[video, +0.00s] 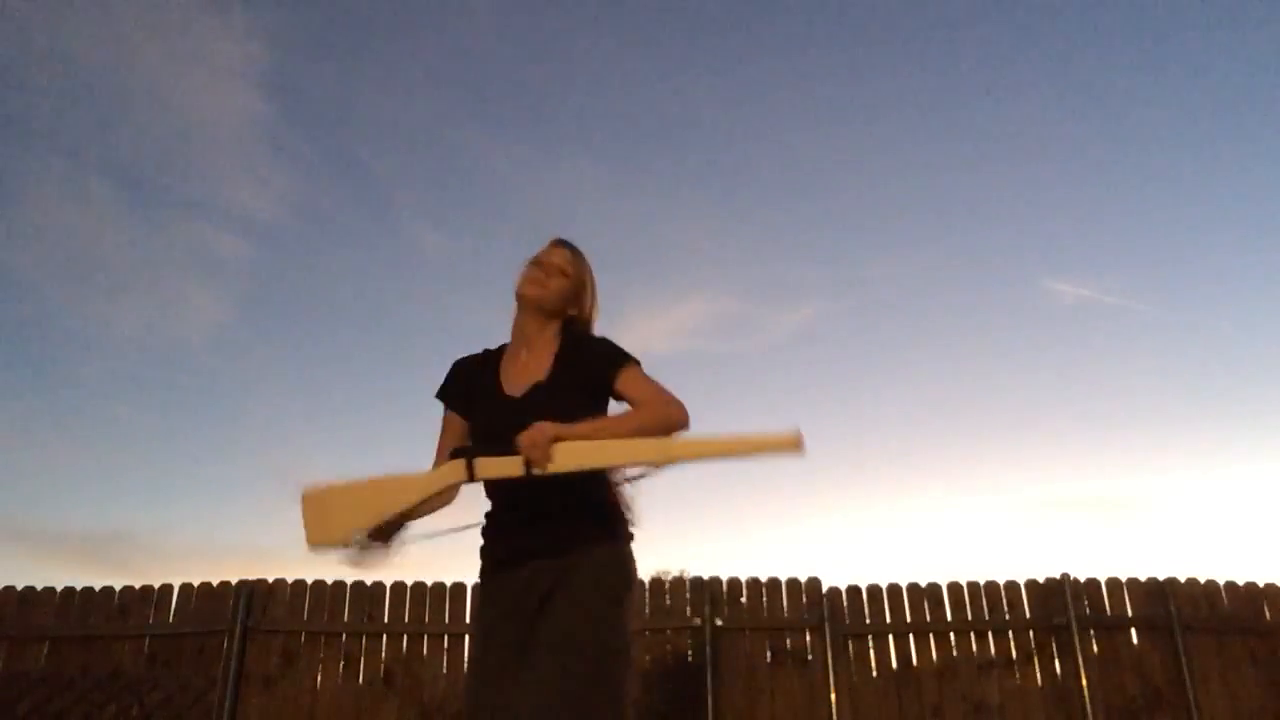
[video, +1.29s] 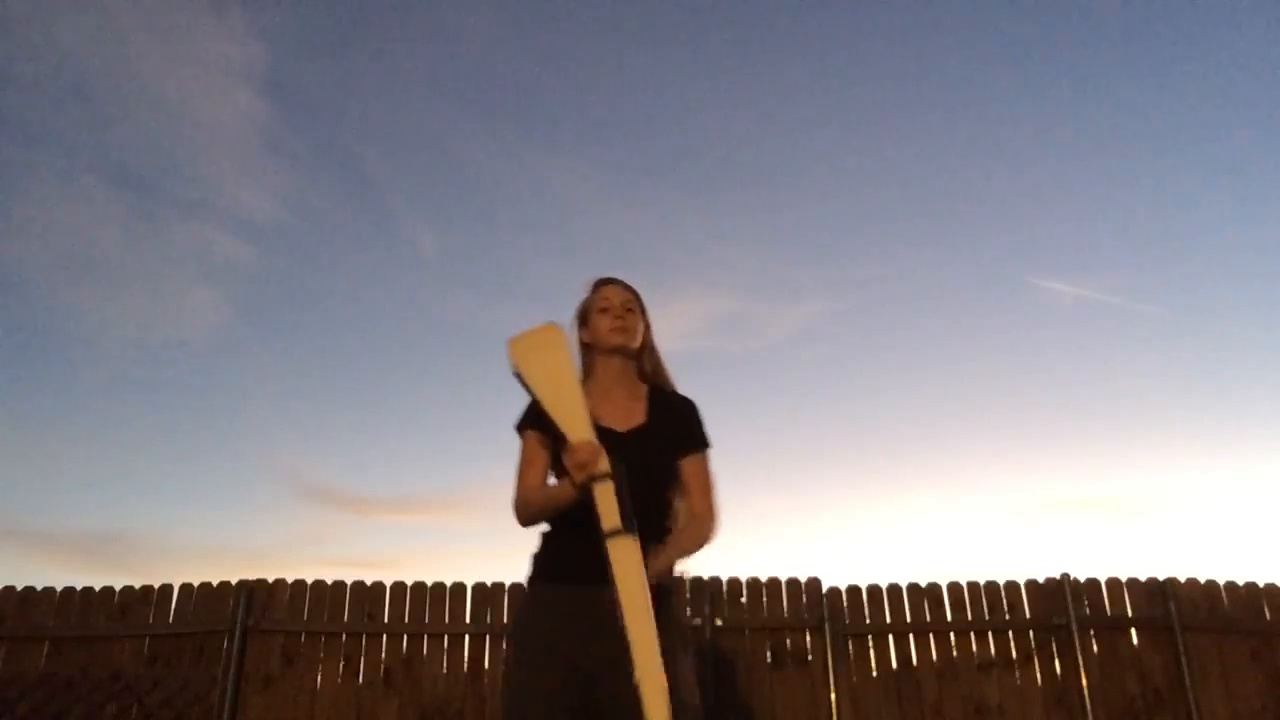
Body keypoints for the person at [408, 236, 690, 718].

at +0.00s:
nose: (539, 270)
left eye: (557, 270)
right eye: (535, 262)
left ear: (575, 300)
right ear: (519, 277)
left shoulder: (592, 355)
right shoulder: (471, 373)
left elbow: (670, 413)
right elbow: (446, 479)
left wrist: (567, 432)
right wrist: (395, 514)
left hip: (591, 557)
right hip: (508, 563)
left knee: (575, 696)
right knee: (495, 699)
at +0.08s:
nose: (553, 279)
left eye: (570, 280)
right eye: (546, 270)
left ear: (584, 307)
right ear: (527, 284)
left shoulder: (601, 364)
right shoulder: (477, 378)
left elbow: (677, 425)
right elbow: (448, 483)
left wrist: (582, 436)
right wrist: (424, 502)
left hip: (594, 568)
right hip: (509, 573)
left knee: (584, 704)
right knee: (496, 705)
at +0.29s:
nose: (590, 296)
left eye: (606, 297)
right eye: (581, 287)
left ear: (616, 323)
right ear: (560, 301)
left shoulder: (635, 388)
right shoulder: (511, 391)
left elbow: (700, 462)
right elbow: (488, 503)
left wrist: (628, 450)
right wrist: (499, 480)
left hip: (612, 588)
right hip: (525, 586)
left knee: (626, 708)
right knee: (504, 708)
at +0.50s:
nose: (634, 318)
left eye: (648, 315)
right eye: (626, 310)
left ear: (665, 337)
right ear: (606, 326)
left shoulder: (676, 406)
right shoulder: (568, 413)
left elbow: (714, 440)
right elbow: (540, 527)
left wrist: (670, 355)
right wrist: (555, 518)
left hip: (663, 598)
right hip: (582, 594)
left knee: (670, 708)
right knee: (573, 706)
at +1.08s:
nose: (645, 320)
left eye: (656, 314)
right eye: (630, 314)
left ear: (671, 335)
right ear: (610, 336)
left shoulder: (703, 410)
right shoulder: (586, 407)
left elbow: (747, 491)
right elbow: (559, 517)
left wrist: (690, 420)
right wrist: (601, 516)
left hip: (679, 594)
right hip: (598, 592)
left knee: (688, 707)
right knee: (588, 706)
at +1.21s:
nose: (629, 317)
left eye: (640, 311)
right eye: (614, 311)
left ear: (655, 331)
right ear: (594, 333)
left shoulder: (688, 411)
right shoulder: (568, 404)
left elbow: (723, 518)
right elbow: (539, 513)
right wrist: (586, 496)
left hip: (661, 591)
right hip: (579, 588)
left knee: (671, 706)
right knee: (567, 705)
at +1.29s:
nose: (619, 315)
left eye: (630, 310)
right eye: (604, 309)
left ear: (645, 332)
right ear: (584, 333)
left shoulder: (675, 410)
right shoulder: (553, 403)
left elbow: (701, 519)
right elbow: (526, 508)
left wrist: (656, 563)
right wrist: (573, 483)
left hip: (643, 590)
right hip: (562, 589)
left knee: (648, 708)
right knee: (547, 707)